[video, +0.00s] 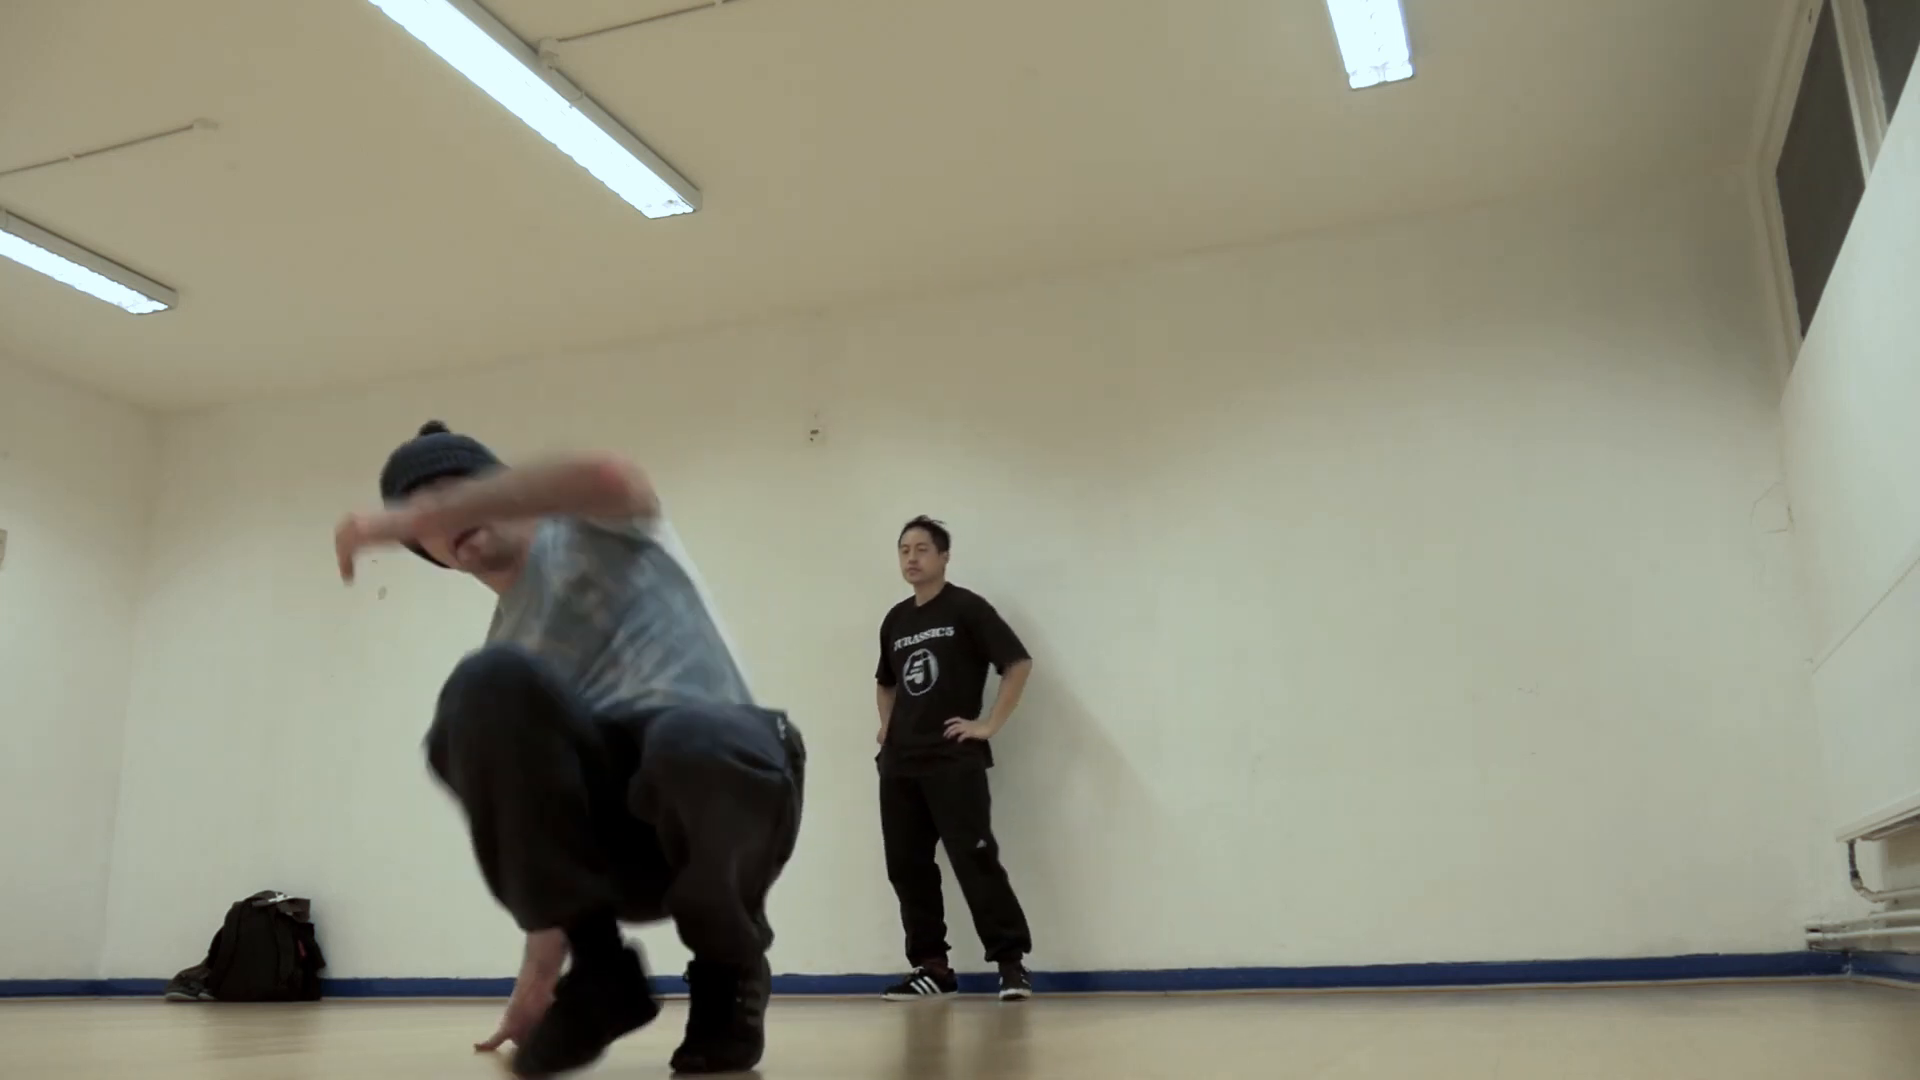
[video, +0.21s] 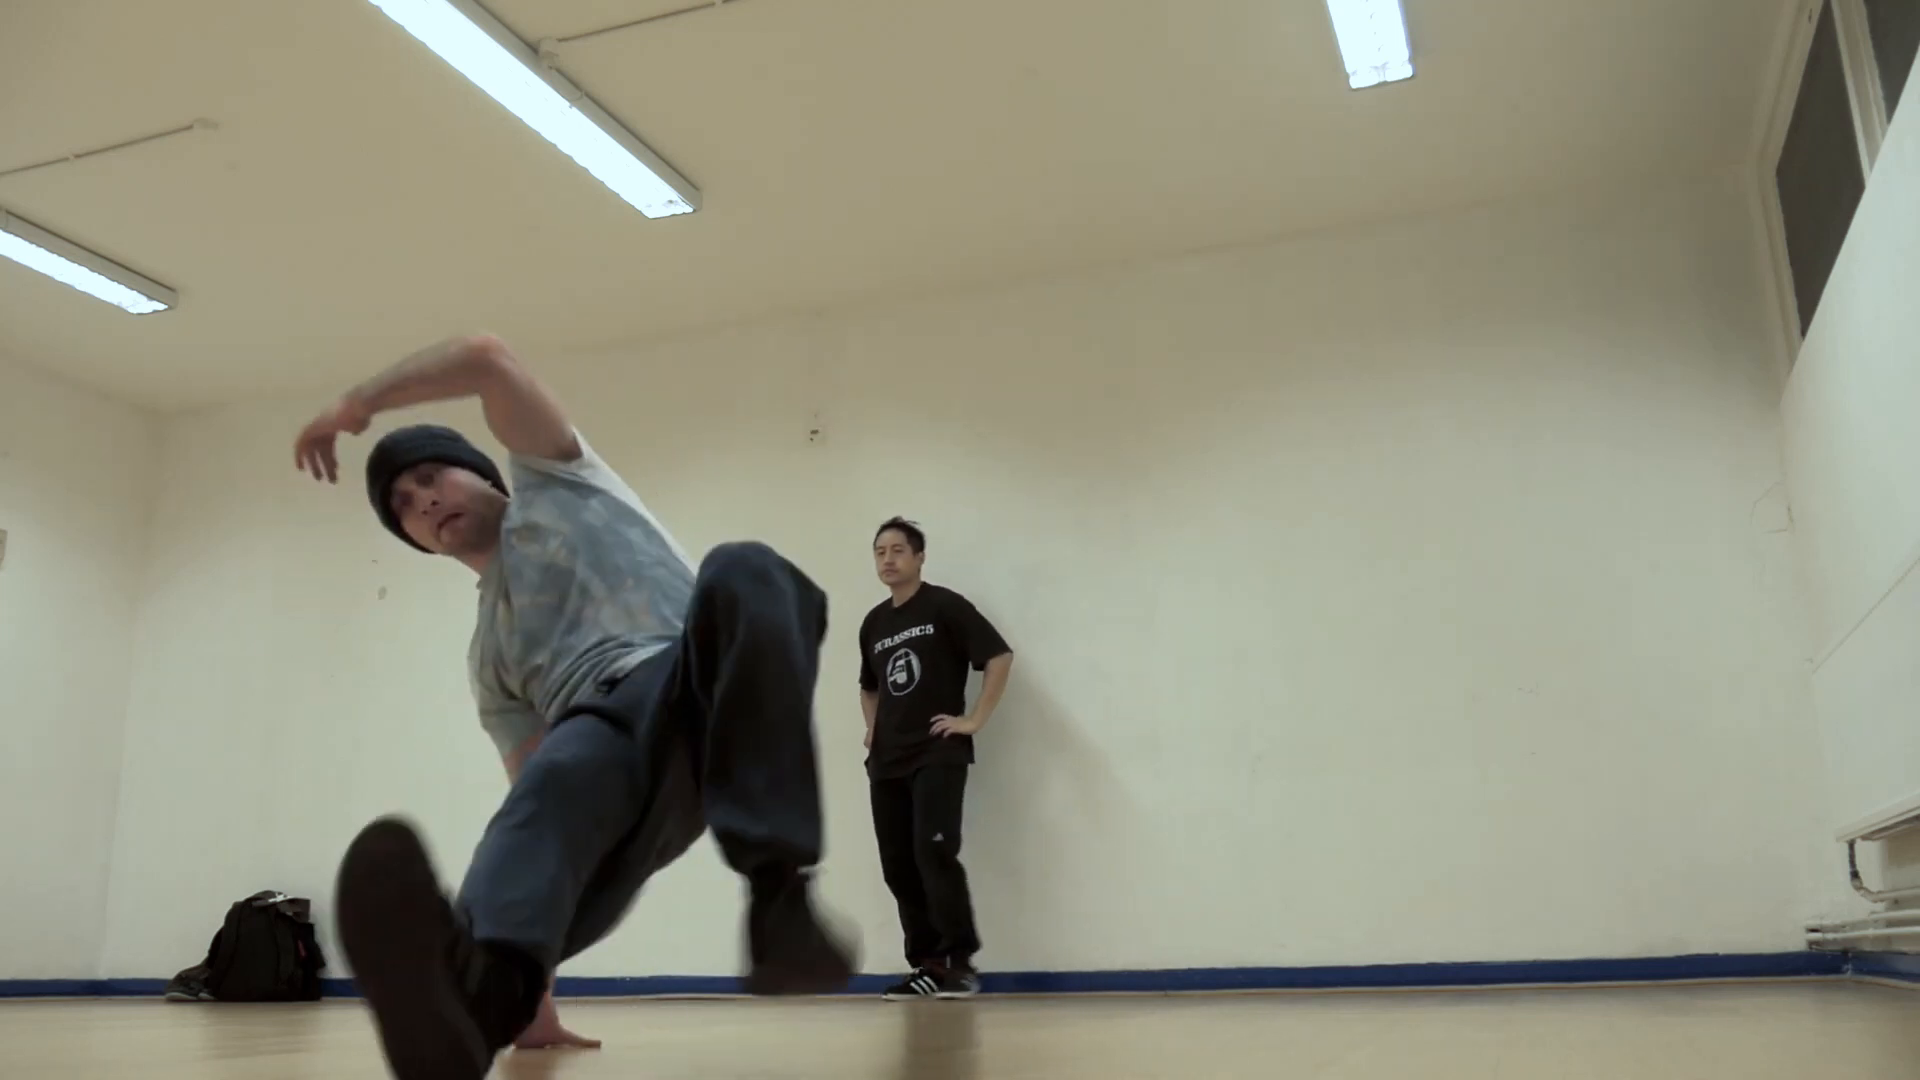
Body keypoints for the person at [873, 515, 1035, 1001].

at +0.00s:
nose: (911, 557)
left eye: (921, 549)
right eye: (905, 550)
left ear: (943, 557)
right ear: (899, 560)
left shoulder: (968, 609)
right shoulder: (896, 621)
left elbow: (1018, 664)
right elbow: (887, 681)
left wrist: (990, 724)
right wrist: (886, 723)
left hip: (955, 758)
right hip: (900, 762)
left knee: (974, 859)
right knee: (908, 868)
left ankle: (1011, 966)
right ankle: (932, 969)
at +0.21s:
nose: (888, 559)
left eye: (898, 550)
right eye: (881, 552)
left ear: (919, 557)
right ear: (875, 561)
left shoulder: (945, 606)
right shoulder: (874, 623)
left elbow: (1000, 657)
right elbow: (870, 686)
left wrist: (976, 719)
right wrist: (872, 729)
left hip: (938, 750)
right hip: (888, 758)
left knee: (935, 852)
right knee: (898, 866)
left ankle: (959, 966)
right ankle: (929, 969)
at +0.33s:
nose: (876, 559)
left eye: (885, 551)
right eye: (868, 553)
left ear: (906, 558)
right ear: (862, 563)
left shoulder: (936, 605)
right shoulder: (861, 626)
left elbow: (992, 655)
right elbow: (856, 688)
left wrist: (970, 718)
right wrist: (866, 734)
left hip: (932, 750)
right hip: (881, 758)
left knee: (913, 855)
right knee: (893, 866)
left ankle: (911, 970)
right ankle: (935, 967)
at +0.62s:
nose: (853, 557)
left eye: (863, 549)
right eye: (846, 550)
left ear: (885, 556)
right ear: (840, 560)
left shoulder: (913, 607)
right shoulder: (836, 623)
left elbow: (966, 660)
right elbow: (834, 690)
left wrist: (939, 722)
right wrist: (844, 738)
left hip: (907, 751)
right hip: (858, 755)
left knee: (883, 856)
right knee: (888, 858)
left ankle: (857, 969)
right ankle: (933, 967)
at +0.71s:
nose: (846, 554)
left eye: (857, 546)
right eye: (840, 547)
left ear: (878, 554)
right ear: (833, 557)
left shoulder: (903, 605)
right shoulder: (829, 620)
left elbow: (956, 659)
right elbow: (827, 685)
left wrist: (927, 720)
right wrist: (834, 728)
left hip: (895, 748)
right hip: (847, 754)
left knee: (874, 854)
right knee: (880, 858)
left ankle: (851, 970)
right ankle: (932, 965)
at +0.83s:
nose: (834, 550)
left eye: (844, 542)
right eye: (827, 542)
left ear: (866, 550)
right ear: (821, 552)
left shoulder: (889, 601)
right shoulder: (818, 615)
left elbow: (940, 657)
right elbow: (814, 682)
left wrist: (909, 717)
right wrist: (823, 730)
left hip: (879, 745)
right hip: (832, 749)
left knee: (860, 854)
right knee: (858, 859)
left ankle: (847, 971)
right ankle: (924, 957)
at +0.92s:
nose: (826, 548)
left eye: (837, 540)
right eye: (819, 540)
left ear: (858, 548)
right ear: (813, 549)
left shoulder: (880, 599)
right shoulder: (810, 612)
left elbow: (930, 655)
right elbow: (807, 680)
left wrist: (899, 715)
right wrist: (816, 727)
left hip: (869, 746)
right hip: (822, 749)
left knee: (854, 859)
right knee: (828, 867)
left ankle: (847, 972)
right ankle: (907, 946)